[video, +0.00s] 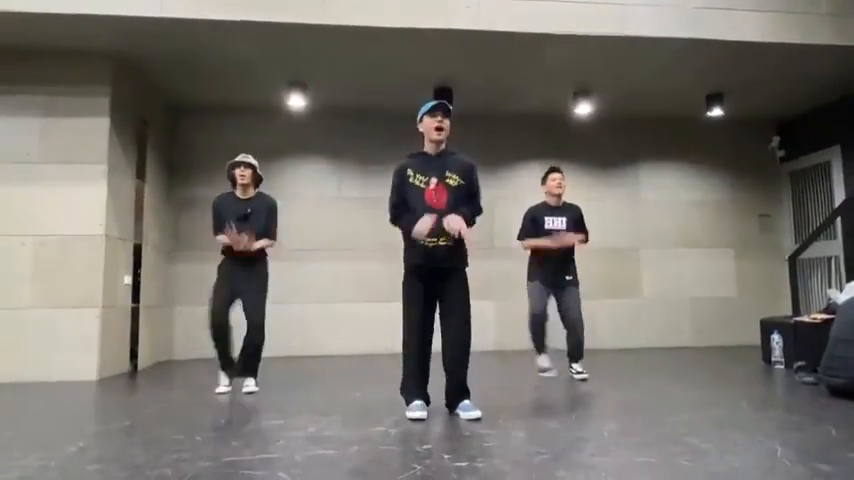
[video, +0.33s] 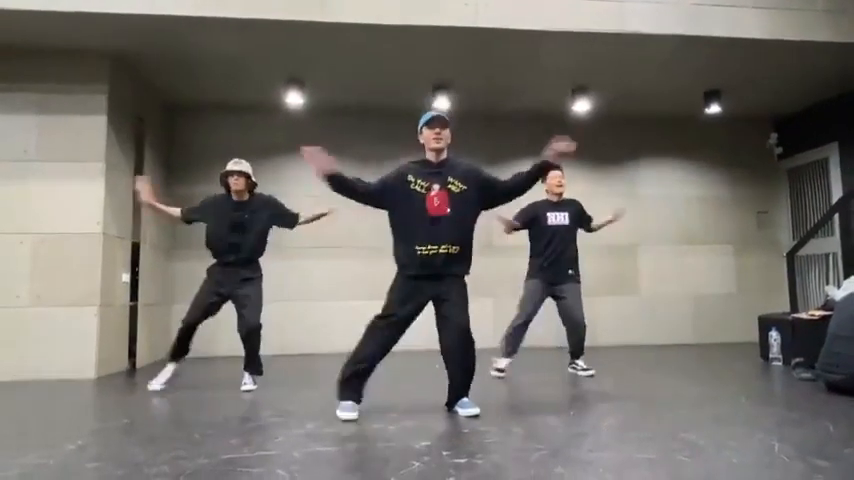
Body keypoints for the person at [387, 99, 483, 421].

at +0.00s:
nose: (439, 123)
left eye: (443, 119)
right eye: (433, 118)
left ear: (449, 126)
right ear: (420, 125)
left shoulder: (464, 167)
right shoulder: (406, 169)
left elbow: (473, 208)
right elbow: (396, 212)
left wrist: (459, 219)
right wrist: (415, 223)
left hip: (453, 265)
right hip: (418, 266)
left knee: (458, 333)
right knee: (417, 333)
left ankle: (459, 398)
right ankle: (416, 397)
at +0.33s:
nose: (437, 132)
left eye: (442, 128)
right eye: (431, 128)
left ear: (450, 134)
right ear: (421, 135)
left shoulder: (469, 176)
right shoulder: (404, 176)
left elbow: (506, 190)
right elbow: (369, 192)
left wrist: (544, 163)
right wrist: (333, 176)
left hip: (451, 277)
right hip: (411, 277)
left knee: (459, 335)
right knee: (384, 332)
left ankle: (459, 398)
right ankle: (349, 394)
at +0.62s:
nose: (443, 123)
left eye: (447, 118)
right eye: (437, 119)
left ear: (455, 122)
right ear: (427, 125)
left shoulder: (468, 163)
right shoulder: (415, 161)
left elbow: (474, 209)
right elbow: (397, 150)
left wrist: (459, 242)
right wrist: (421, 117)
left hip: (456, 249)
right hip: (423, 249)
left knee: (461, 322)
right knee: (429, 301)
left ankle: (458, 393)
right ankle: (419, 354)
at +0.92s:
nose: (444, 116)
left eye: (449, 111)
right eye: (438, 111)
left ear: (455, 117)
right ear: (427, 117)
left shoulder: (467, 162)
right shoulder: (413, 158)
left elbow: (472, 209)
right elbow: (399, 194)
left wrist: (456, 245)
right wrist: (415, 162)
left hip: (451, 252)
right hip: (416, 250)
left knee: (455, 326)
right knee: (400, 308)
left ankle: (457, 393)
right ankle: (395, 362)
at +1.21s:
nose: (432, 115)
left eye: (437, 111)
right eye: (426, 110)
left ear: (443, 119)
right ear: (414, 117)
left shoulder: (457, 160)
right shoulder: (399, 159)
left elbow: (462, 208)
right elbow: (391, 208)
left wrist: (445, 243)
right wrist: (410, 234)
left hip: (443, 253)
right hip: (406, 252)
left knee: (456, 319)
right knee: (390, 318)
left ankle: (471, 388)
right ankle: (370, 389)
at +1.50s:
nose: (427, 112)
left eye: (432, 107)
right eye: (421, 107)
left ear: (438, 115)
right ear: (410, 116)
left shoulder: (454, 158)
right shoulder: (397, 159)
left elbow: (462, 205)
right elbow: (390, 207)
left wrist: (449, 241)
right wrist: (410, 235)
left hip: (445, 251)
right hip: (407, 250)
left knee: (449, 320)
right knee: (397, 319)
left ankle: (456, 388)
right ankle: (385, 390)